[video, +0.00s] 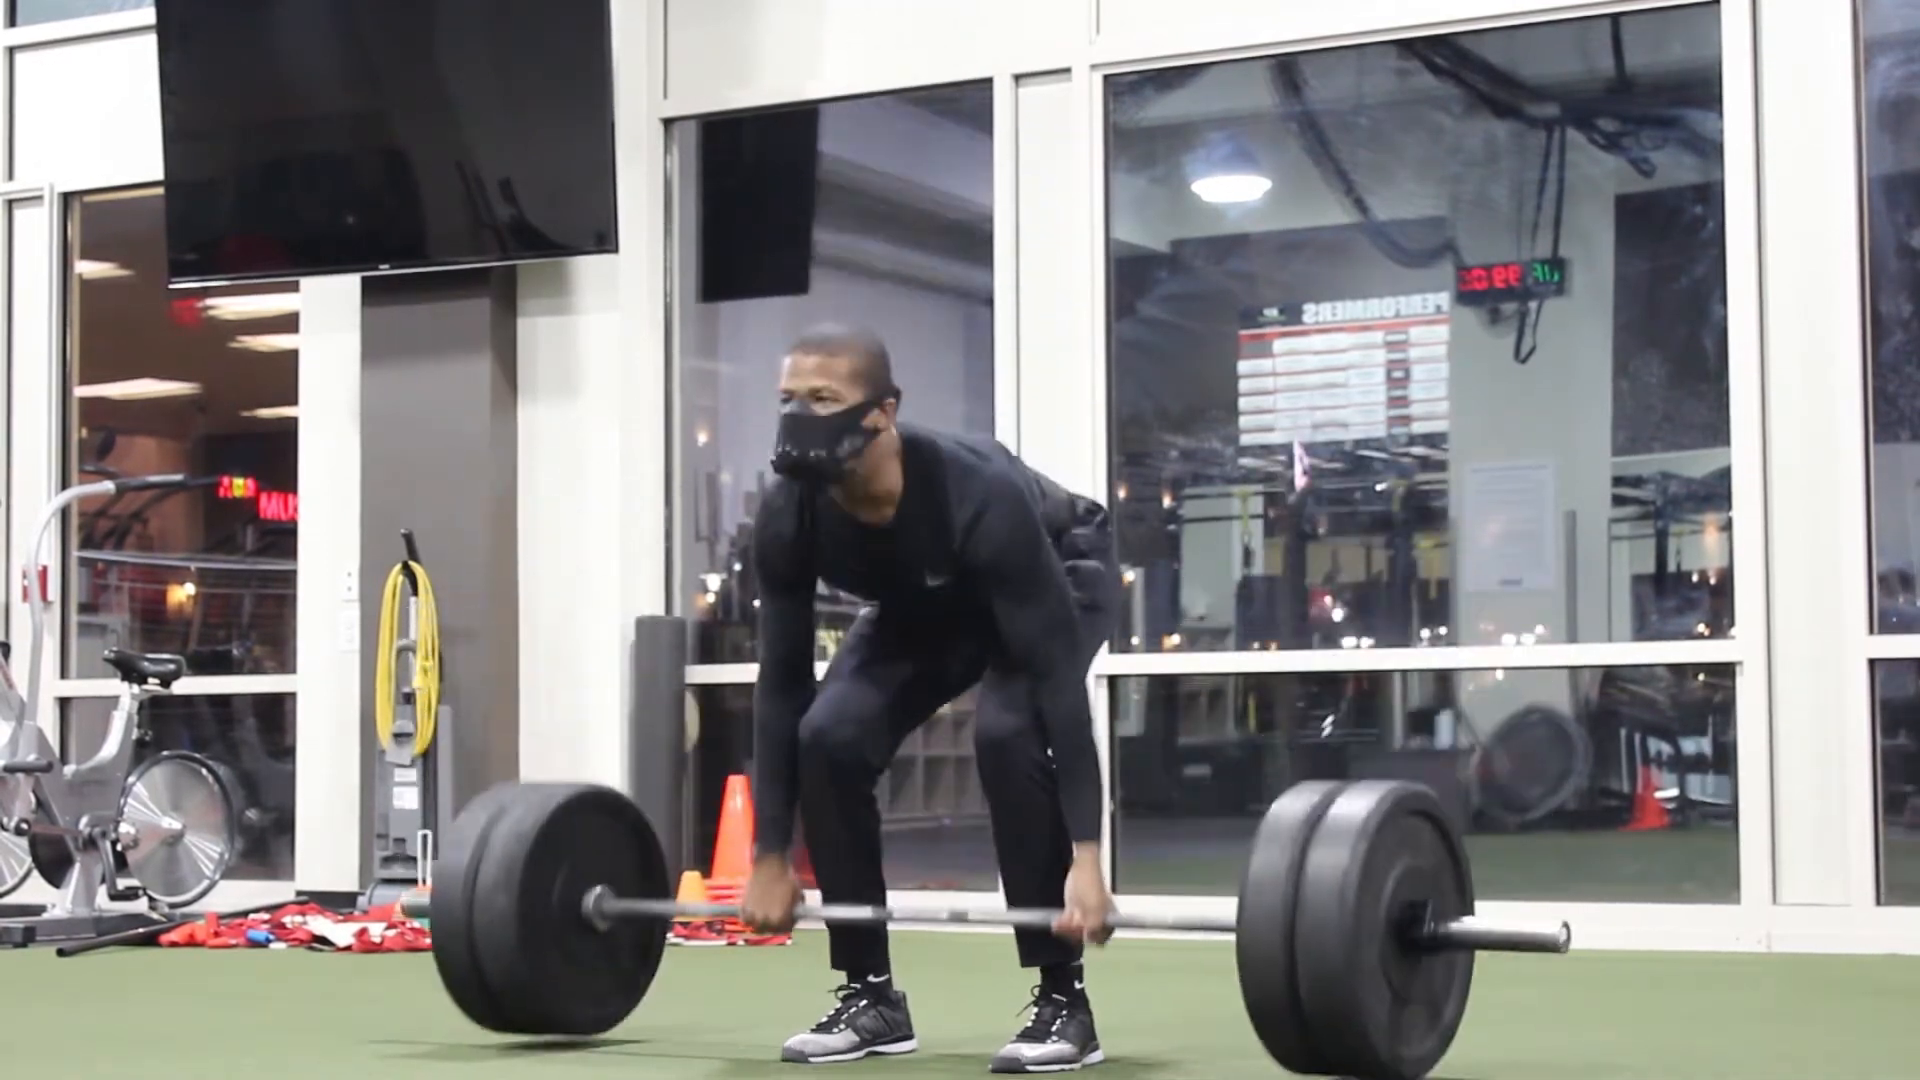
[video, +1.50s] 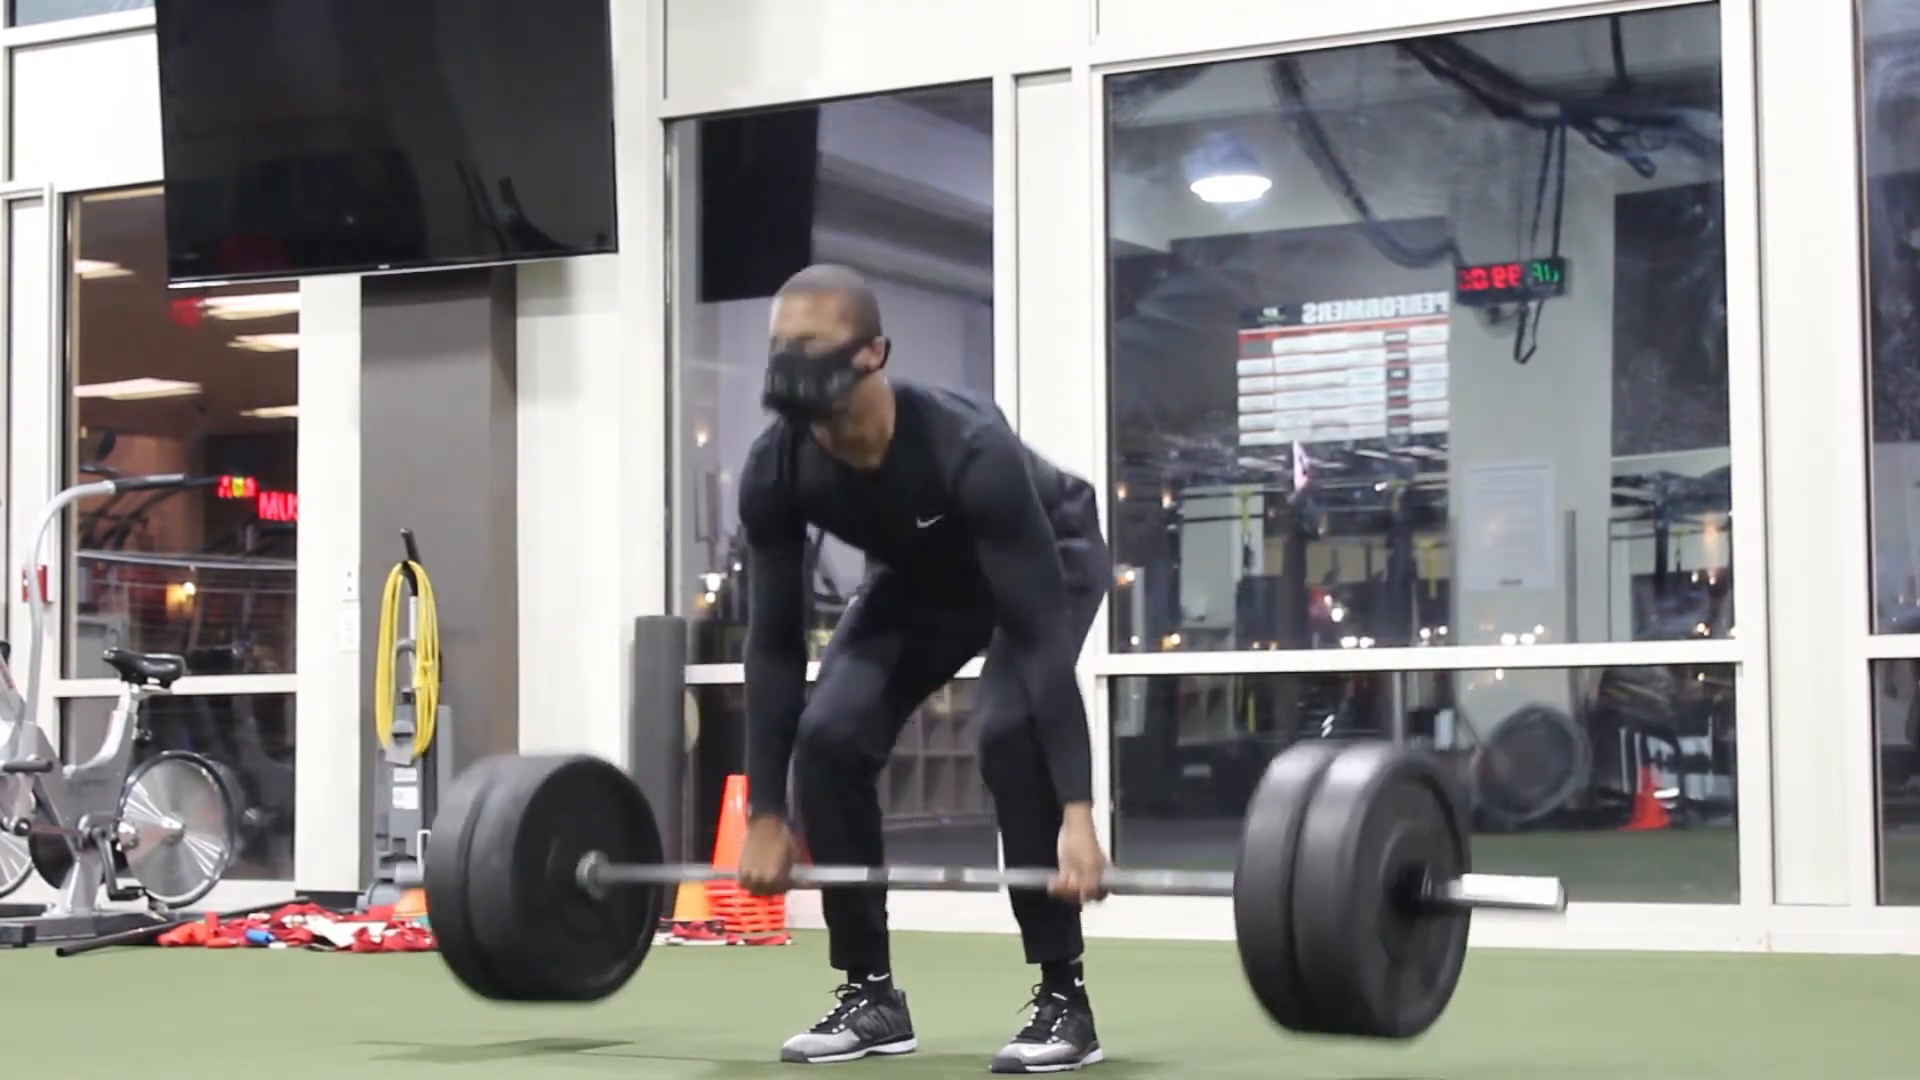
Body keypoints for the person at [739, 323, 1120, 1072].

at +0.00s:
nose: (797, 418)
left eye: (818, 401)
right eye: (788, 401)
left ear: (882, 414)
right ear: (777, 406)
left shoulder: (983, 496)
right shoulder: (785, 517)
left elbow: (1060, 672)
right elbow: (782, 685)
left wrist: (1087, 858)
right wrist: (770, 858)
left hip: (1054, 572)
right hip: (932, 597)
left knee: (1007, 734)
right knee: (829, 740)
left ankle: (1062, 1005)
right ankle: (871, 998)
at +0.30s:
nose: (802, 294)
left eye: (823, 276)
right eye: (791, 274)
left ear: (881, 280)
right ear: (780, 277)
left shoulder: (975, 374)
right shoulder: (784, 401)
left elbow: (1049, 551)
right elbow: (785, 565)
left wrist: (1085, 723)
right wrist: (775, 730)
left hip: (1046, 512)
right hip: (927, 524)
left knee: (1037, 727)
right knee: (868, 723)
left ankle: (1064, 998)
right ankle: (872, 994)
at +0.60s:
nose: (859, 90)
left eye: (880, 72)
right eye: (844, 72)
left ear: (926, 76)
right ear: (830, 83)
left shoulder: (1000, 198)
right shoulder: (810, 217)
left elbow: (1062, 373)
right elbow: (799, 390)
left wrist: (1086, 533)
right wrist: (781, 543)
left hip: (1019, 474)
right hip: (904, 475)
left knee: (1033, 728)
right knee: (883, 726)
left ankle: (1065, 998)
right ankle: (875, 994)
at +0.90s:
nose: (873, 49)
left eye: (897, 33)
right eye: (863, 33)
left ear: (943, 55)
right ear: (846, 59)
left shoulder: (1011, 190)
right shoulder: (826, 203)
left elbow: (1052, 375)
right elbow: (806, 381)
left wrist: (1075, 537)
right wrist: (775, 546)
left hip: (1018, 477)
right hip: (903, 476)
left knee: (1025, 726)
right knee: (876, 725)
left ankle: (1062, 1002)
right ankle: (874, 997)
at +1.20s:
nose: (811, 284)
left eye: (834, 269)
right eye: (803, 267)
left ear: (894, 282)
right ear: (790, 275)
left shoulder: (982, 386)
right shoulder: (795, 412)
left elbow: (1048, 570)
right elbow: (781, 585)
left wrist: (1068, 751)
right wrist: (758, 758)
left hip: (1052, 530)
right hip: (937, 546)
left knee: (1033, 733)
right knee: (842, 730)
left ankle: (1065, 1002)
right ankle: (872, 996)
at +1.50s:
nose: (787, 360)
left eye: (809, 344)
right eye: (779, 344)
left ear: (872, 355)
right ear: (771, 350)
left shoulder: (970, 448)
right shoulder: (775, 471)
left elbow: (1042, 636)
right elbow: (773, 643)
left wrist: (1078, 811)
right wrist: (764, 812)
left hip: (1040, 552)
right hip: (925, 573)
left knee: (1008, 734)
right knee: (827, 742)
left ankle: (1063, 1003)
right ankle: (871, 1000)